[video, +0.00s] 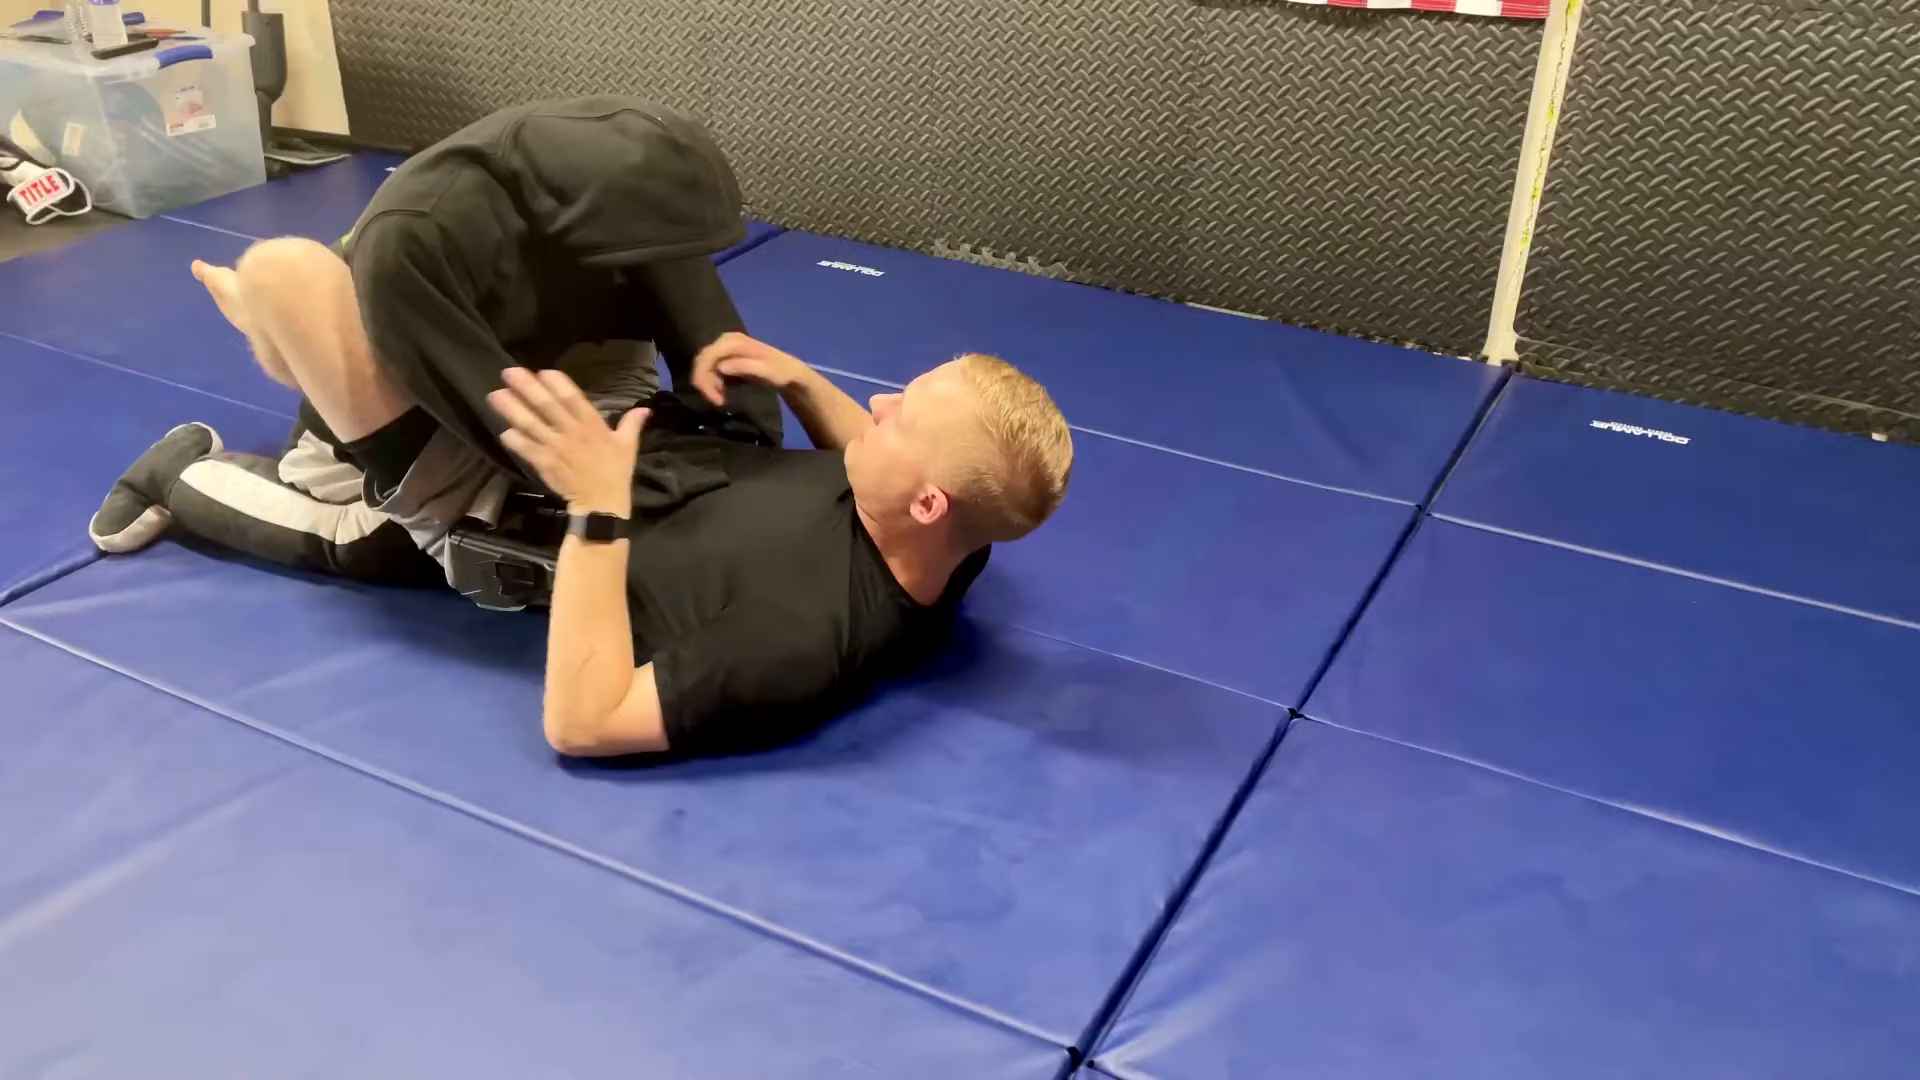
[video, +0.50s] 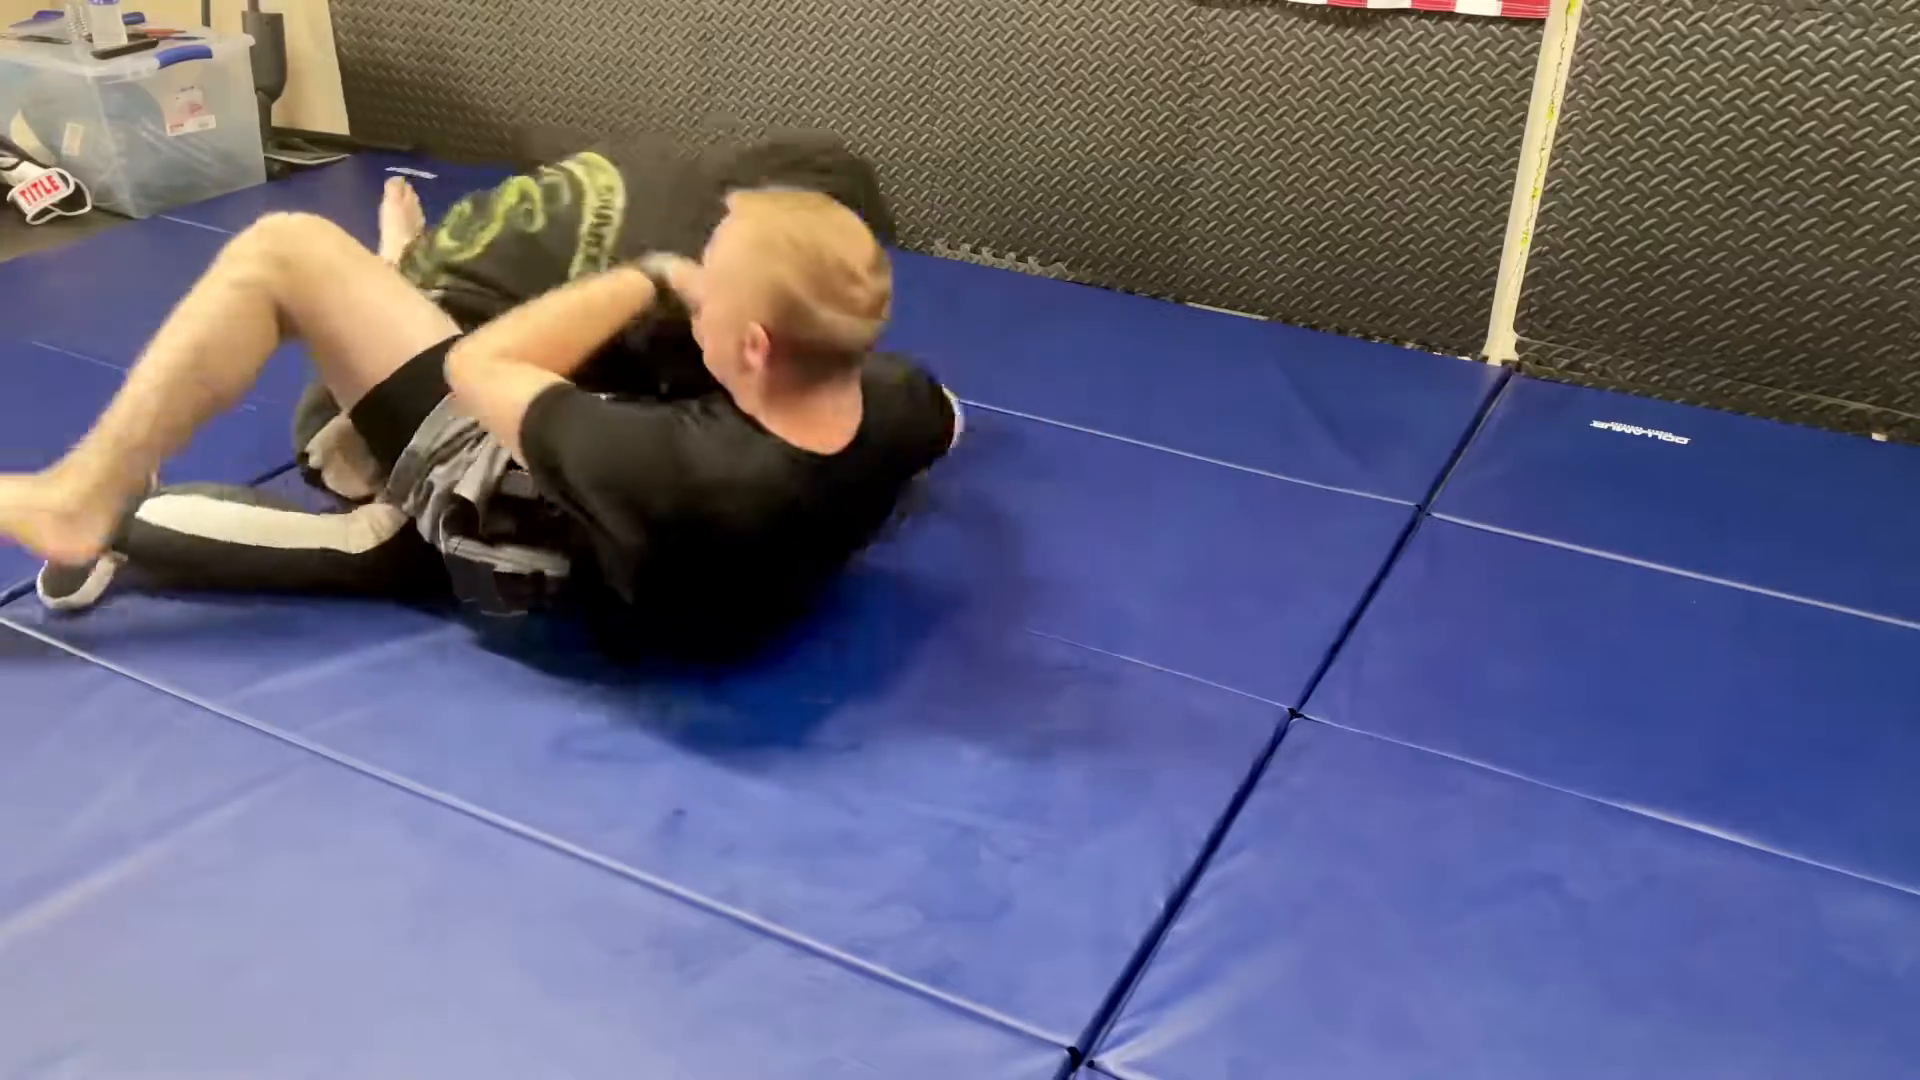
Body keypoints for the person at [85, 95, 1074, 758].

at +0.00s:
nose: (883, 399)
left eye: (901, 403)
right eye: (907, 392)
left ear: (919, 501)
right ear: (949, 512)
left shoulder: (806, 638)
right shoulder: (939, 533)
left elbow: (585, 720)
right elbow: (877, 468)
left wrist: (598, 509)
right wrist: (798, 382)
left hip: (527, 515)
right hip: (659, 437)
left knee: (285, 268)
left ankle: (344, 462)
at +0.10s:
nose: (895, 406)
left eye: (913, 415)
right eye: (920, 399)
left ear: (934, 508)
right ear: (955, 510)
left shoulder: (846, 636)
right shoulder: (912, 495)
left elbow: (621, 706)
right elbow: (814, 399)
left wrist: (531, 522)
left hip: (523, 527)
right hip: (627, 434)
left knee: (295, 252)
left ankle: (346, 462)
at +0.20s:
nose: (912, 428)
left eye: (940, 450)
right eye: (940, 418)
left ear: (961, 543)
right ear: (940, 413)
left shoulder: (860, 639)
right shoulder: (913, 436)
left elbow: (631, 678)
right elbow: (737, 387)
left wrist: (567, 492)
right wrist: (529, 345)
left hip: (527, 526)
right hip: (611, 433)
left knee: (320, 238)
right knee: (343, 319)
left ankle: (343, 449)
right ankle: (281, 313)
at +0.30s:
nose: (891, 436)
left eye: (916, 452)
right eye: (918, 424)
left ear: (952, 545)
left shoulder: (839, 633)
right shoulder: (919, 444)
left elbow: (614, 573)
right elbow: (762, 375)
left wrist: (624, 398)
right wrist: (560, 281)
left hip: (530, 491)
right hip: (624, 408)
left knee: (325, 242)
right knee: (421, 251)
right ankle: (254, 237)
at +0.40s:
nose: (799, 363)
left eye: (818, 374)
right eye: (818, 354)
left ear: (849, 457)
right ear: (906, 446)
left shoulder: (751, 568)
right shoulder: (924, 466)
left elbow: (573, 434)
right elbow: (835, 330)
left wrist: (715, 365)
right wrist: (695, 291)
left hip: (544, 513)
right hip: (698, 444)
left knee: (296, 257)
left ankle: (38, 368)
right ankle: (342, 228)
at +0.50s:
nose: (691, 282)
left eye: (708, 284)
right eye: (710, 265)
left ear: (749, 346)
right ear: (854, 335)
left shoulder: (670, 471)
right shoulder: (914, 409)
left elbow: (482, 365)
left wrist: (649, 282)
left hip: (572, 558)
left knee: (288, 245)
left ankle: (80, 502)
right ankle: (397, 291)